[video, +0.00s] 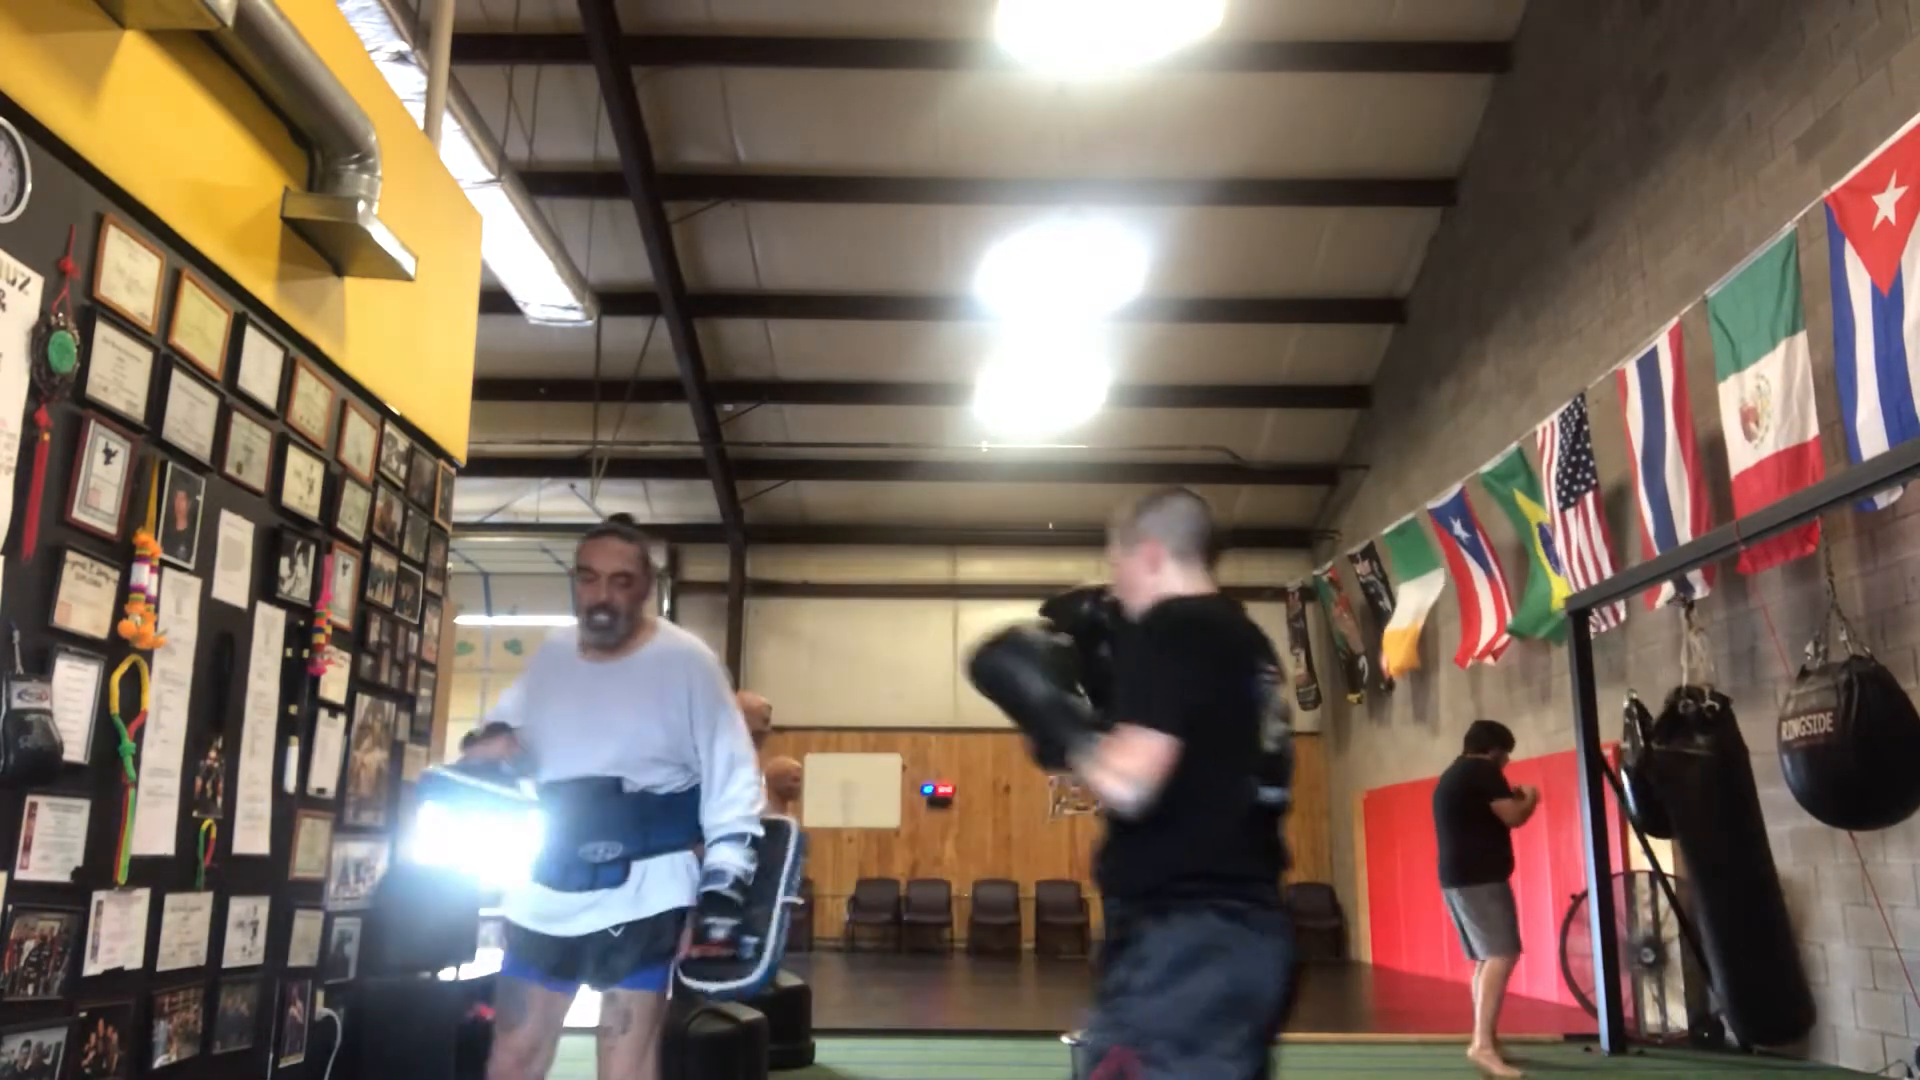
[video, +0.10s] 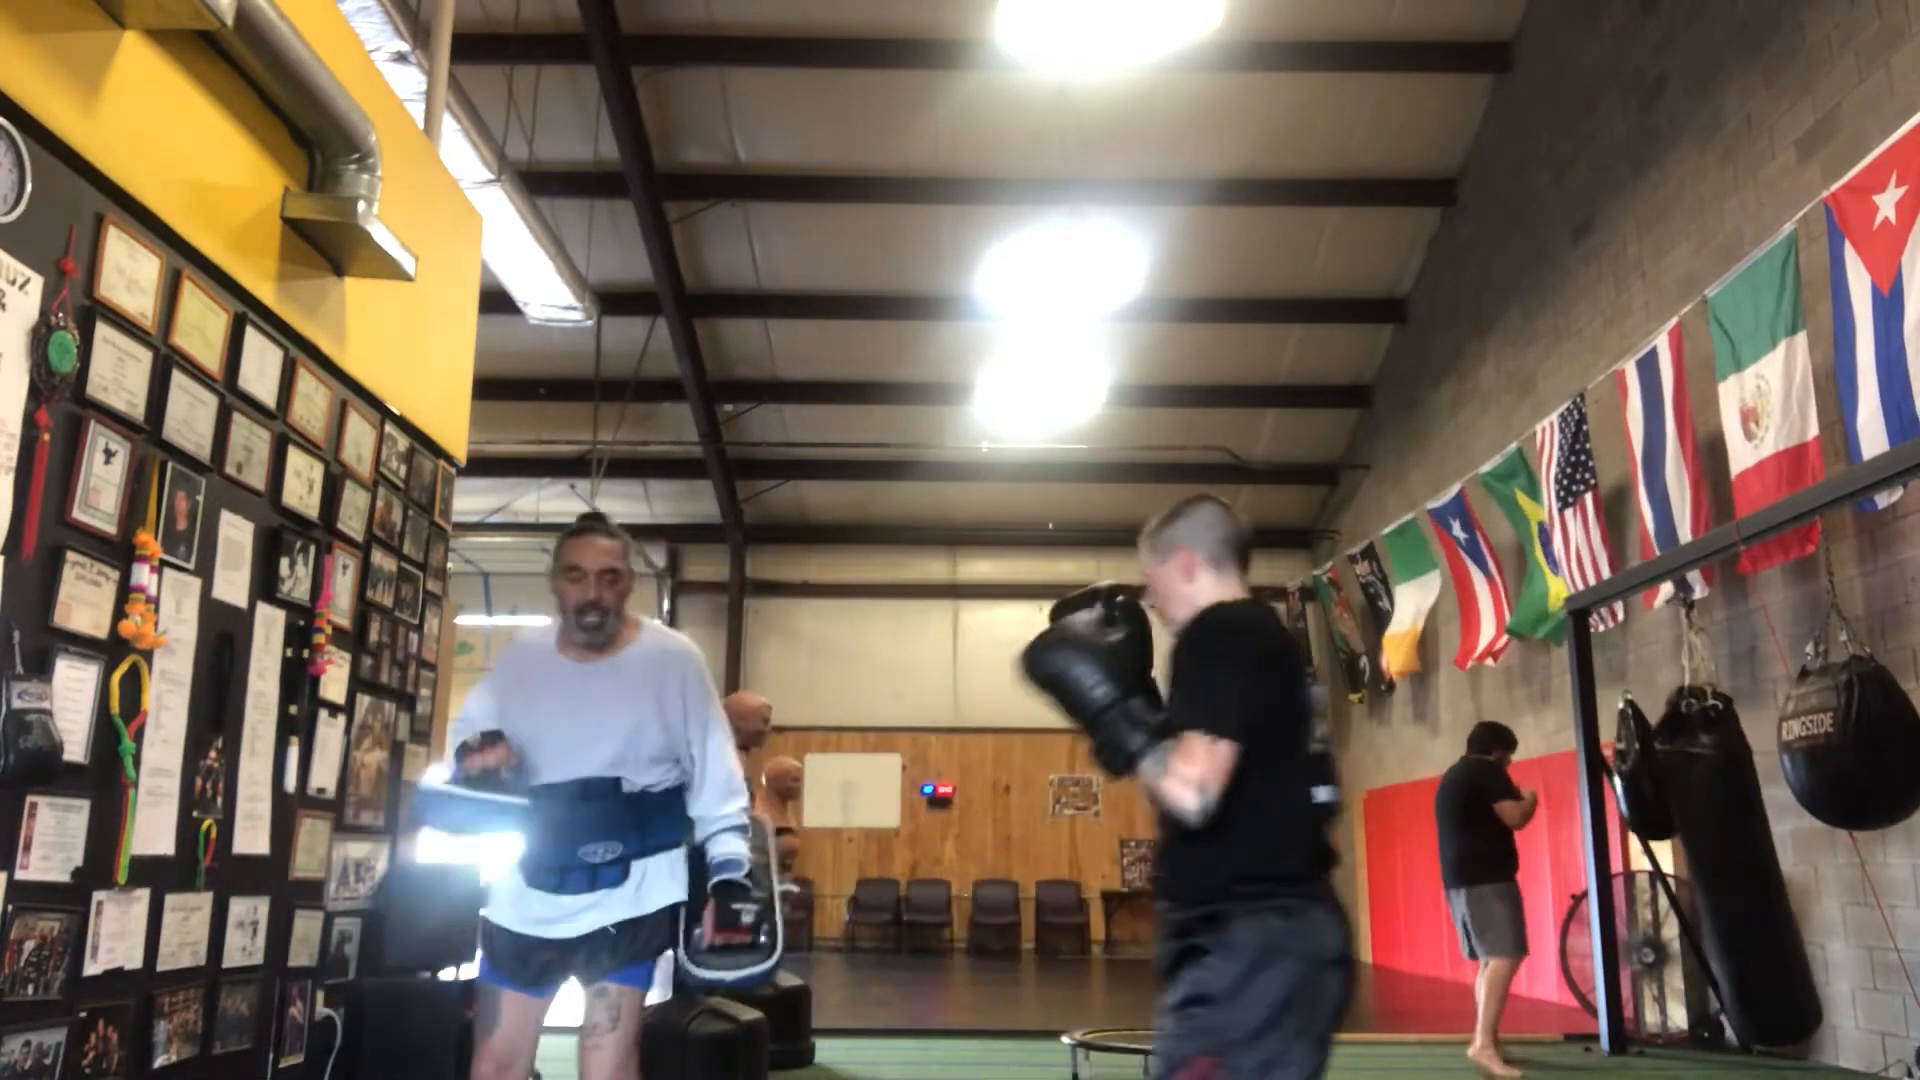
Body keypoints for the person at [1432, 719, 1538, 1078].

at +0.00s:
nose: (1504, 763)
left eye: (1505, 757)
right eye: (1503, 756)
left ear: (1471, 747)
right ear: (1490, 751)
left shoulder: (1453, 775)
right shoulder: (1480, 772)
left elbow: (1491, 815)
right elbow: (1513, 816)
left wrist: (1516, 798)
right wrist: (1530, 799)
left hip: (1458, 880)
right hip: (1480, 879)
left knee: (1484, 960)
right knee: (1502, 953)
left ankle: (1483, 1042)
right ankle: (1482, 1045)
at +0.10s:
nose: (1506, 763)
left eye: (1508, 758)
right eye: (1506, 757)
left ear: (1473, 748)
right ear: (1495, 752)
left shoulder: (1453, 776)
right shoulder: (1485, 772)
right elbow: (1515, 817)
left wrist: (1516, 799)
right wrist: (1530, 800)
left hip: (1462, 880)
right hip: (1486, 878)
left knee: (1488, 960)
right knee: (1505, 954)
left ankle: (1485, 1043)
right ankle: (1483, 1044)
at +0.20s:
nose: (1510, 762)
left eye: (1511, 757)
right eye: (1510, 757)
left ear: (1475, 748)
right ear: (1501, 752)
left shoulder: (1450, 775)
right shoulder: (1495, 768)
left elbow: (1468, 821)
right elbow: (1520, 807)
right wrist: (1547, 820)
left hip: (1459, 879)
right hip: (1491, 877)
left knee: (1486, 961)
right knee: (1511, 956)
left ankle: (1486, 1041)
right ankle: (1484, 1043)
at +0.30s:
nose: (1514, 764)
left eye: (1515, 761)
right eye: (1513, 759)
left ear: (1475, 752)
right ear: (1507, 755)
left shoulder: (1447, 776)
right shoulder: (1507, 772)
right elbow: (1546, 801)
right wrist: (1588, 825)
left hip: (1457, 878)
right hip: (1496, 875)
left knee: (1486, 960)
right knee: (1512, 955)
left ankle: (1485, 1044)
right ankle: (1482, 1045)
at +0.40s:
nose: (1515, 765)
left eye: (1514, 761)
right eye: (1514, 760)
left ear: (1477, 754)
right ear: (1510, 757)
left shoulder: (1449, 777)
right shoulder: (1512, 775)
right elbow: (1559, 808)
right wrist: (1602, 814)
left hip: (1460, 880)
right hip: (1495, 878)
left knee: (1499, 960)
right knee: (1507, 960)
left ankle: (1490, 1040)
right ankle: (1479, 1049)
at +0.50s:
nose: (1519, 764)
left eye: (1518, 759)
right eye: (1518, 759)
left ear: (1482, 752)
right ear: (1512, 756)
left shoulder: (1463, 778)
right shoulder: (1507, 776)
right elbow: (1550, 811)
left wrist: (1570, 815)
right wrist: (1584, 814)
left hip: (1462, 882)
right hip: (1492, 882)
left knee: (1508, 961)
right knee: (1513, 959)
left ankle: (1482, 1043)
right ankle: (1481, 1048)